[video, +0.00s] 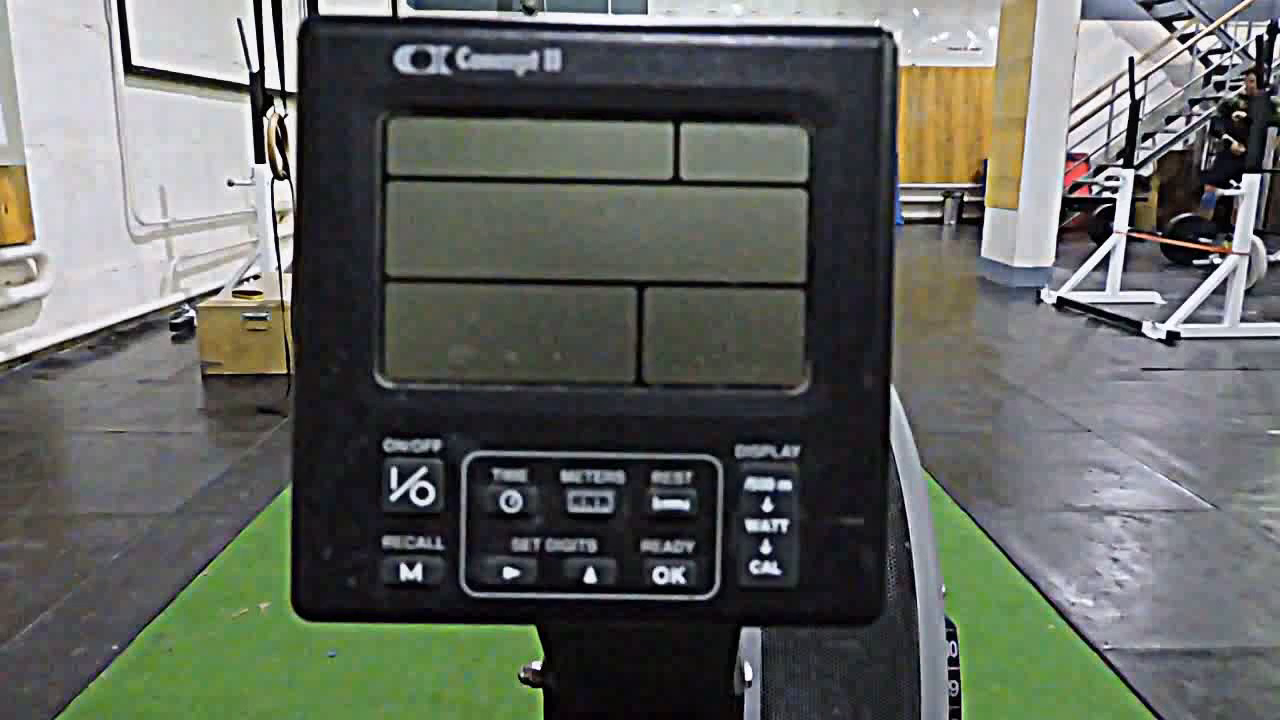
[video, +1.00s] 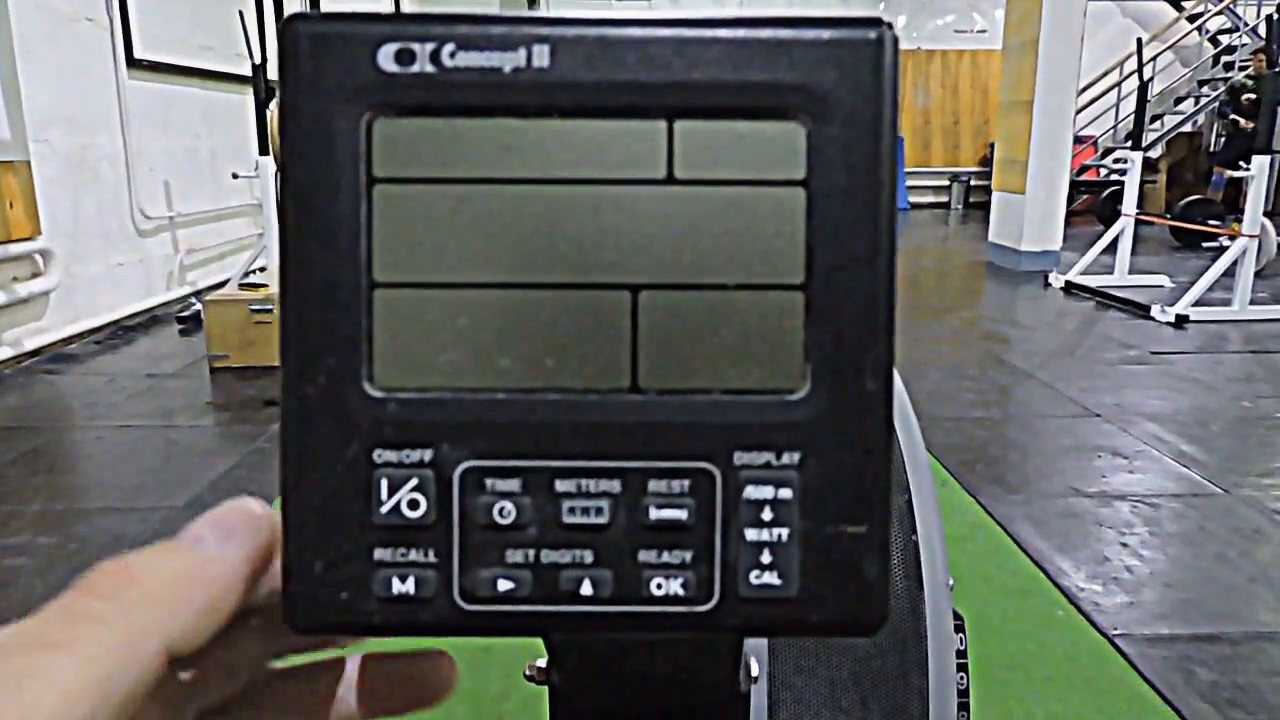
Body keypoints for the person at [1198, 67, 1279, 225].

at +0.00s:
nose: (1249, 85)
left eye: (1253, 81)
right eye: (1247, 81)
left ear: (1261, 84)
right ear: (1244, 82)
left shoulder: (1267, 105)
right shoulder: (1231, 103)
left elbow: (1269, 127)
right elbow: (1216, 127)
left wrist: (1248, 119)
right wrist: (1230, 142)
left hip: (1254, 156)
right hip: (1230, 156)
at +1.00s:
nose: (1258, 64)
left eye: (1262, 61)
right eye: (1256, 61)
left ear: (1268, 63)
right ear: (1251, 62)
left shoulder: (1272, 84)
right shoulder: (1238, 83)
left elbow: (1273, 109)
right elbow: (1222, 107)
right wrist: (1236, 120)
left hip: (1261, 135)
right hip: (1238, 134)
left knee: (1255, 173)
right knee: (1220, 167)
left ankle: (1248, 213)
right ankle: (1211, 210)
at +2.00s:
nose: (1262, 65)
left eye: (1266, 61)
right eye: (1260, 61)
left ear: (1273, 64)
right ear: (1256, 62)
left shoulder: (1274, 82)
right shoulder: (1246, 80)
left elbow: (1274, 107)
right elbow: (1229, 95)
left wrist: (1254, 104)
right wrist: (1238, 101)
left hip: (1264, 134)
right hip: (1242, 132)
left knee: (1261, 171)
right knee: (1225, 167)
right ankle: (1216, 206)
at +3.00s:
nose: (1270, 73)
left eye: (1274, 69)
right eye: (1268, 69)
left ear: (1279, 71)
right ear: (1265, 70)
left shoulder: (1276, 91)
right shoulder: (1256, 88)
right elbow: (1227, 100)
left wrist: (1270, 101)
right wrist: (1253, 106)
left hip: (1272, 146)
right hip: (1250, 143)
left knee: (1269, 184)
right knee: (1232, 177)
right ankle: (1221, 220)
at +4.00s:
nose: (1268, 77)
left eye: (1271, 73)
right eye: (1265, 73)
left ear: (1278, 73)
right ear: (1261, 74)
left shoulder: (1276, 94)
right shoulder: (1254, 92)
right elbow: (1227, 111)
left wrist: (1274, 100)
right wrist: (1255, 106)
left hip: (1272, 150)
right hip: (1249, 148)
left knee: (1270, 188)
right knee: (1232, 182)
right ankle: (1221, 224)